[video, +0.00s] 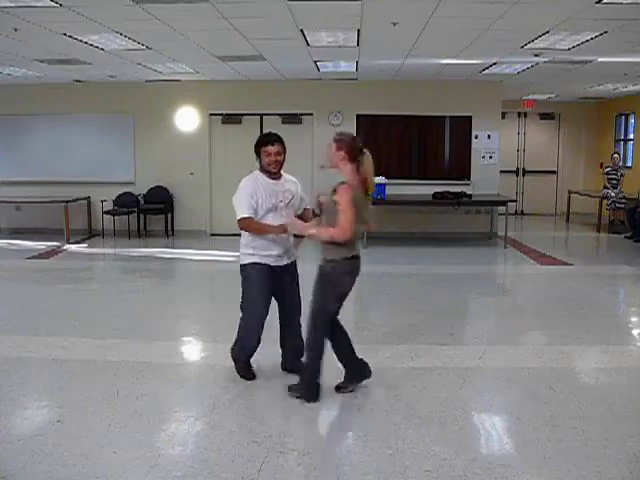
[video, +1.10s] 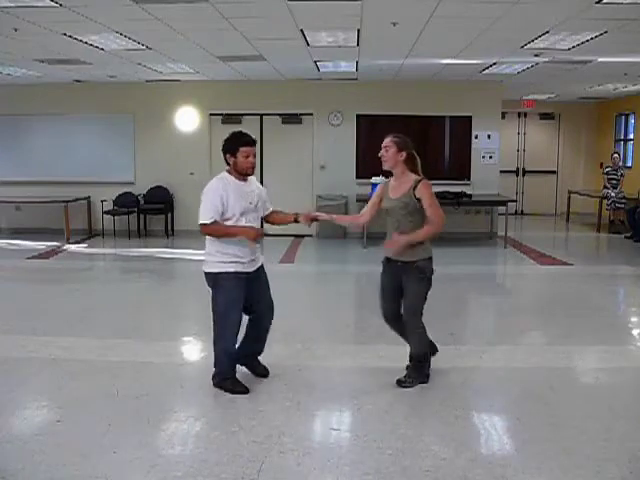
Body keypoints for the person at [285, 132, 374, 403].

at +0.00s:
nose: (329, 154)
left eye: (332, 150)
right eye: (331, 149)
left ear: (342, 154)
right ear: (349, 154)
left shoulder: (344, 190)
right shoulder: (358, 186)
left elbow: (343, 232)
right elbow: (368, 225)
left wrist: (309, 229)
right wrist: (328, 213)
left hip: (335, 265)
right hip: (347, 262)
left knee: (317, 322)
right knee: (327, 317)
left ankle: (309, 385)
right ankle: (355, 368)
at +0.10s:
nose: (339, 152)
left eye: (343, 147)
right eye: (341, 146)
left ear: (356, 152)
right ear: (356, 152)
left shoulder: (366, 187)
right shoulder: (357, 184)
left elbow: (370, 228)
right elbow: (352, 214)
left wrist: (335, 228)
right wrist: (327, 198)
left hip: (356, 265)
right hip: (347, 262)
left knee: (335, 320)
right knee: (340, 317)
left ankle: (349, 381)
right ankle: (359, 369)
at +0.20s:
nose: (350, 150)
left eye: (355, 146)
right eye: (352, 145)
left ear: (370, 150)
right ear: (365, 150)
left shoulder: (385, 184)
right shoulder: (358, 180)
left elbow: (387, 226)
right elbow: (337, 209)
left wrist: (358, 214)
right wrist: (315, 190)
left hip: (373, 263)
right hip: (351, 260)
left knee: (359, 321)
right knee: (349, 321)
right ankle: (360, 374)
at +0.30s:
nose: (364, 154)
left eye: (369, 149)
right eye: (363, 150)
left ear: (385, 153)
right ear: (366, 154)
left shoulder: (400, 184)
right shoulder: (365, 183)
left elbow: (389, 223)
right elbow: (343, 215)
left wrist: (369, 199)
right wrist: (318, 201)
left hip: (389, 266)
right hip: (363, 263)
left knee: (389, 324)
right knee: (352, 320)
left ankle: (417, 364)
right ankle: (360, 375)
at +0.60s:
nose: (387, 162)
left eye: (391, 156)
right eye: (385, 158)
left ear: (408, 156)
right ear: (385, 163)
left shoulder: (422, 184)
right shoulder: (396, 187)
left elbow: (391, 210)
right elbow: (372, 217)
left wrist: (386, 180)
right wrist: (341, 214)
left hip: (421, 265)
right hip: (397, 262)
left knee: (413, 321)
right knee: (380, 310)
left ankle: (419, 370)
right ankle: (397, 359)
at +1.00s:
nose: (385, 156)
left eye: (390, 151)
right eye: (385, 151)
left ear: (406, 155)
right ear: (397, 157)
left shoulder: (423, 185)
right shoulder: (390, 186)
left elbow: (421, 227)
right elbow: (368, 217)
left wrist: (390, 212)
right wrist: (336, 220)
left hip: (421, 262)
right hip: (398, 260)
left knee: (408, 314)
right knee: (408, 314)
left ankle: (419, 369)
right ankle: (431, 352)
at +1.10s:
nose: (381, 154)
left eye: (386, 149)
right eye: (381, 150)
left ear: (403, 154)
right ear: (395, 156)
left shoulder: (420, 185)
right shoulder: (384, 188)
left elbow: (437, 223)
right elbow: (361, 220)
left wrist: (406, 239)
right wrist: (325, 217)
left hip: (418, 264)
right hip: (392, 263)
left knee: (411, 315)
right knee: (390, 314)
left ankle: (418, 369)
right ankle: (424, 345)